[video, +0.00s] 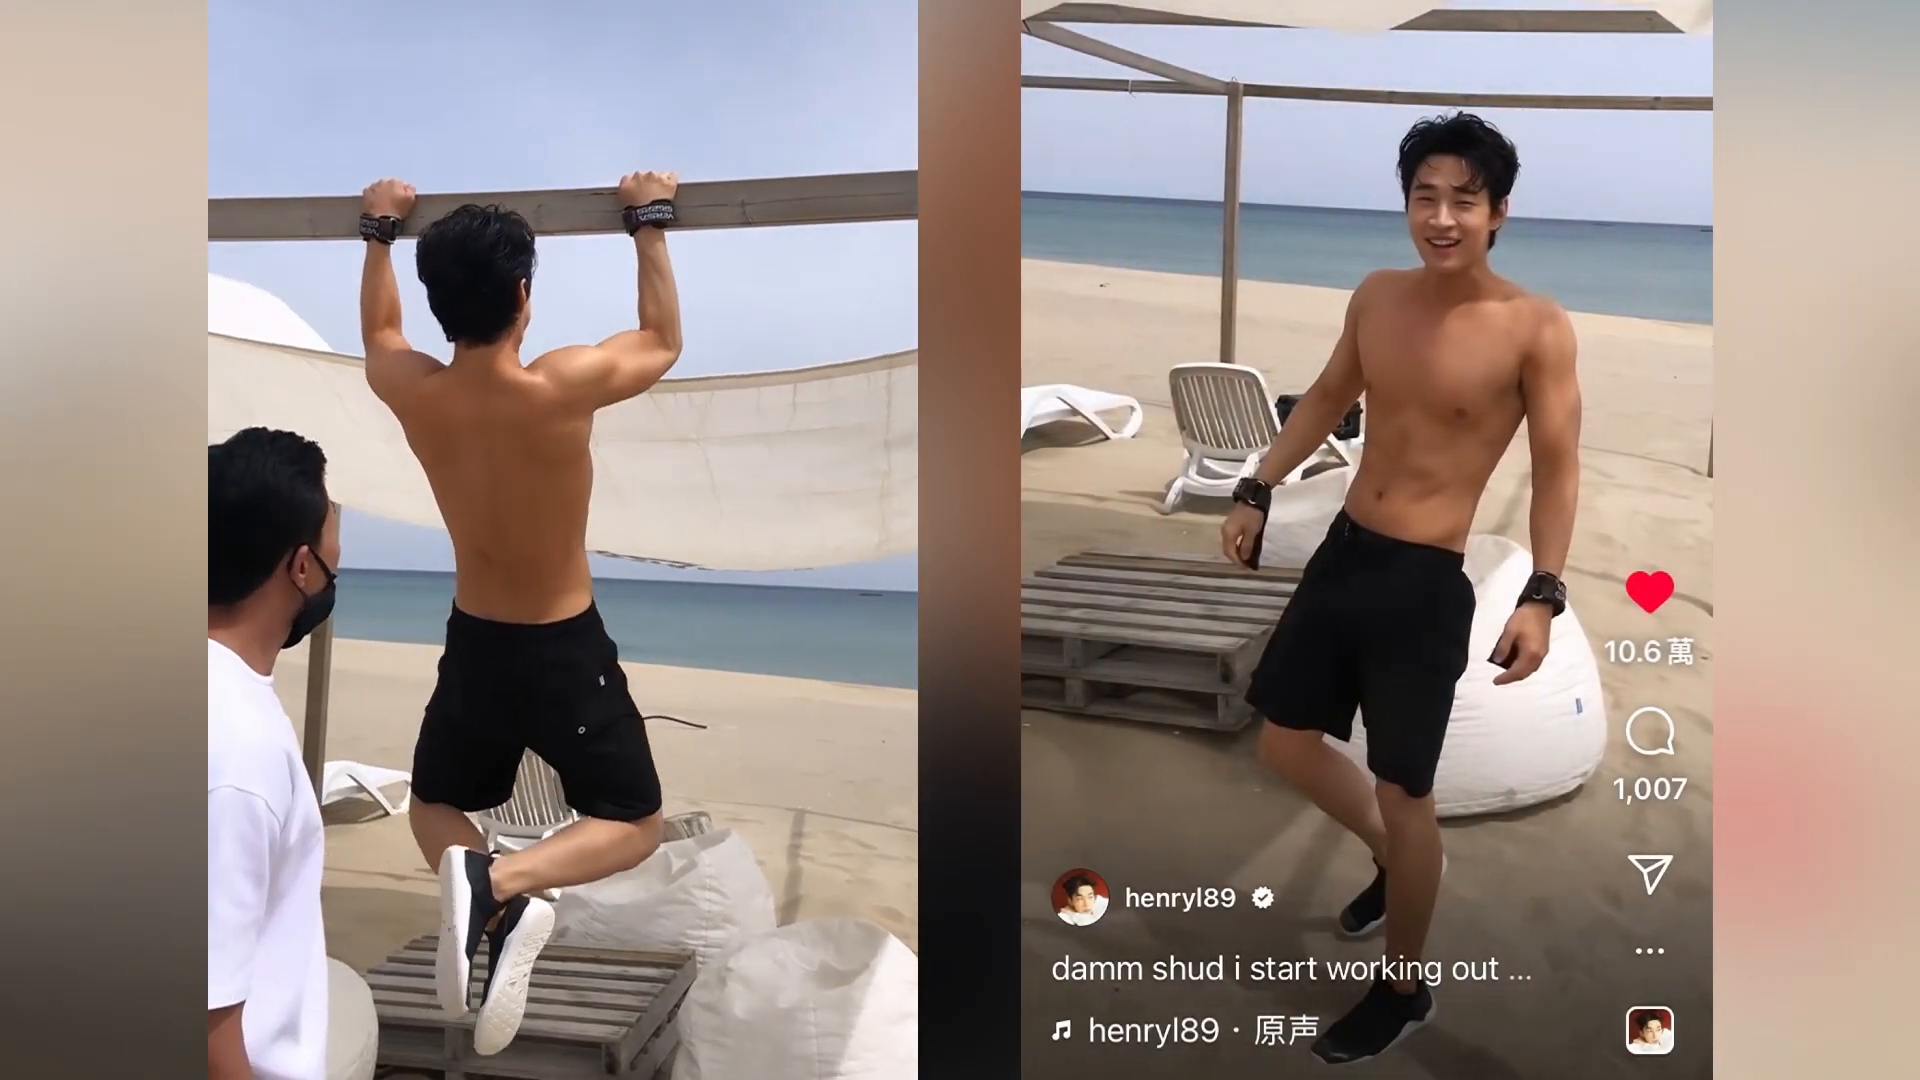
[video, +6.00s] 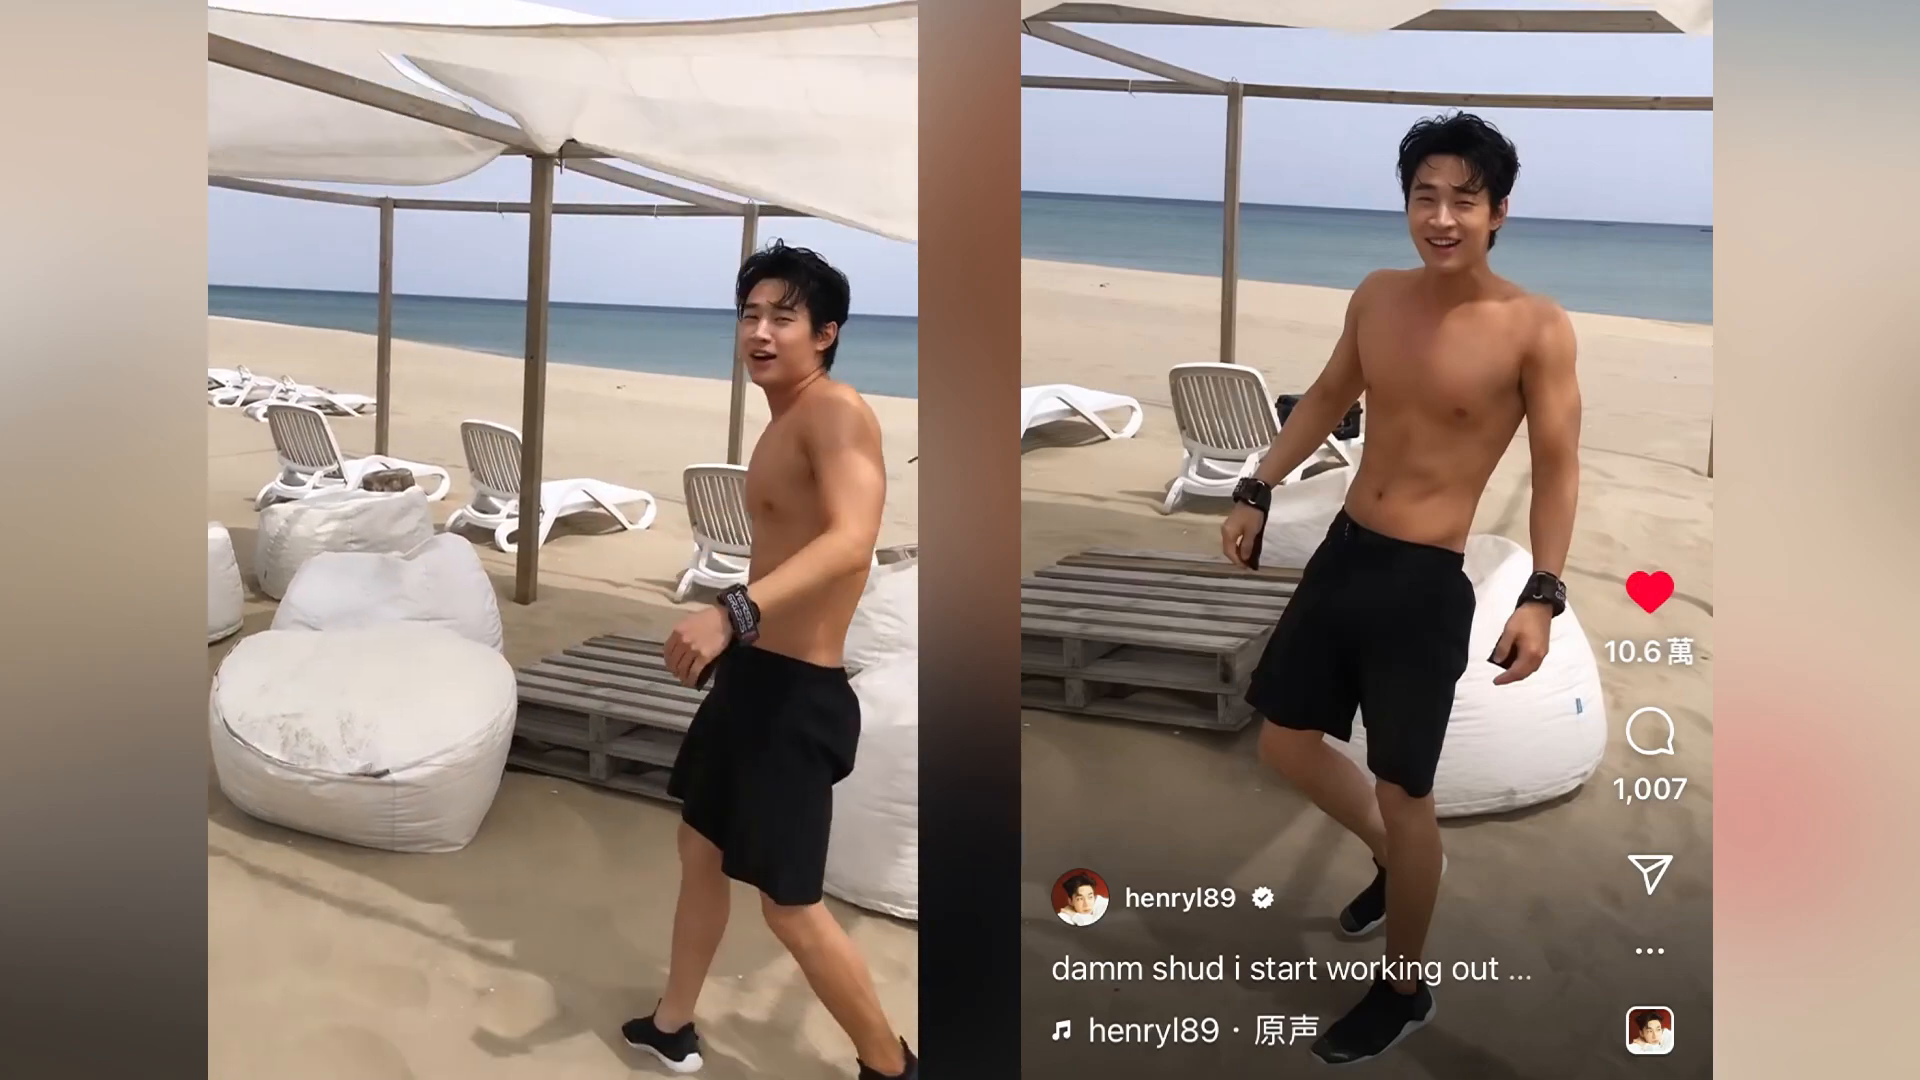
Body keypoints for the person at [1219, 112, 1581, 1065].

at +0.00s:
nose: (1440, 216)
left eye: (1462, 198)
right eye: (1424, 197)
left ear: (1498, 210)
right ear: (1406, 208)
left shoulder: (1534, 328)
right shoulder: (1378, 297)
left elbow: (1556, 468)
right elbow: (1329, 398)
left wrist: (1540, 595)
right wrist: (1256, 484)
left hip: (1427, 579)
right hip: (1345, 554)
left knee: (1402, 799)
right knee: (1284, 742)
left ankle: (1402, 981)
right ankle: (1398, 847)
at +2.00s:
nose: (1440, 216)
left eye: (1462, 198)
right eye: (1424, 197)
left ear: (1498, 210)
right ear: (1406, 208)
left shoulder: (1535, 328)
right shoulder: (1378, 296)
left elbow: (1556, 468)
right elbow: (1330, 398)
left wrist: (1540, 595)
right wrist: (1255, 484)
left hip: (1426, 579)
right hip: (1345, 553)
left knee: (1402, 799)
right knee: (1284, 742)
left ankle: (1403, 981)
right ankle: (1398, 847)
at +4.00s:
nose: (1440, 216)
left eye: (1462, 198)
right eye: (1424, 197)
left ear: (1498, 210)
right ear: (1406, 207)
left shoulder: (1535, 328)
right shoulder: (1378, 296)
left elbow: (1556, 468)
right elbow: (1330, 397)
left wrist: (1541, 595)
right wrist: (1255, 484)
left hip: (1426, 579)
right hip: (1344, 553)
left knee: (1403, 799)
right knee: (1285, 742)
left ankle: (1403, 981)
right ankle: (1399, 847)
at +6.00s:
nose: (1440, 216)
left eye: (1461, 198)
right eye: (1424, 197)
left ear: (1498, 210)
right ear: (1406, 208)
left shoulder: (1535, 328)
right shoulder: (1379, 297)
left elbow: (1556, 469)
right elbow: (1330, 398)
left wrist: (1540, 595)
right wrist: (1256, 484)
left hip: (1427, 579)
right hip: (1345, 553)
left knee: (1402, 799)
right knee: (1284, 742)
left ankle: (1403, 981)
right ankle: (1398, 846)